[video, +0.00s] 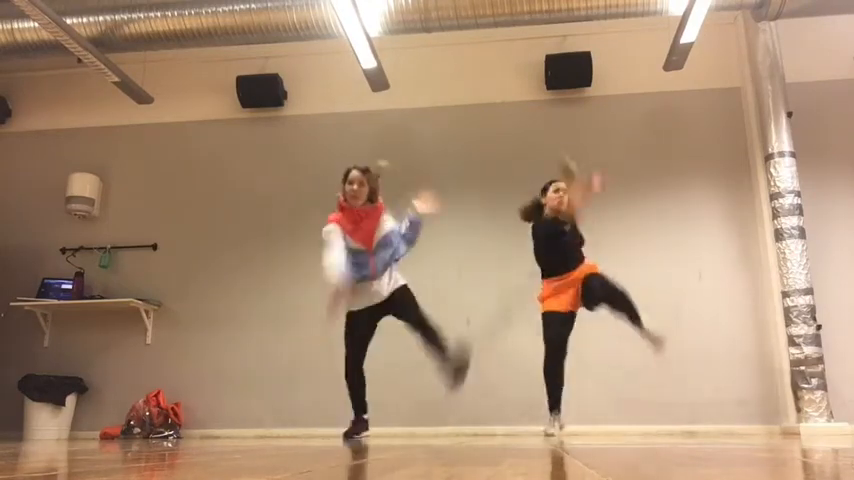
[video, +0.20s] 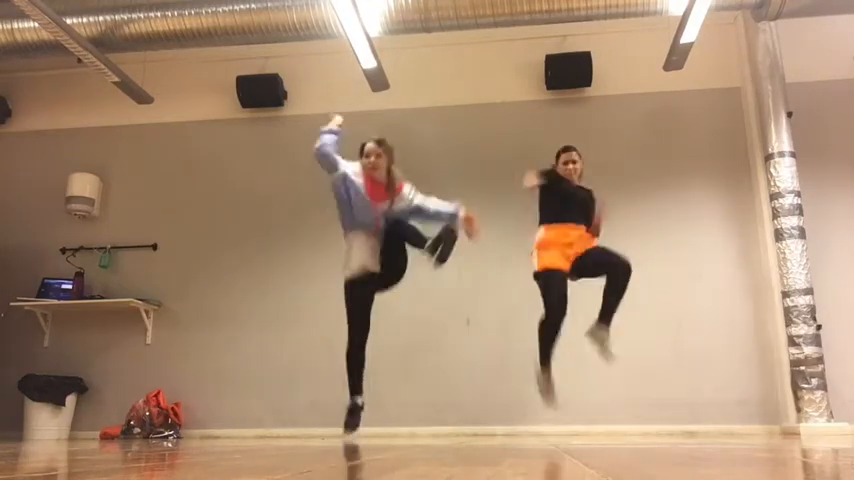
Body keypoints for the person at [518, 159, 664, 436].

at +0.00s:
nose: (561, 196)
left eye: (564, 192)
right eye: (555, 191)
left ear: (568, 198)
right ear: (543, 200)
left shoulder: (567, 217)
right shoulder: (542, 227)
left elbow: (575, 203)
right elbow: (557, 219)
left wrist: (588, 188)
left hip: (582, 279)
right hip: (556, 291)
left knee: (608, 290)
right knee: (554, 351)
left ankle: (642, 329)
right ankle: (554, 415)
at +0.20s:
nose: (572, 165)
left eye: (575, 162)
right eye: (566, 162)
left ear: (582, 166)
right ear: (557, 167)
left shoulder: (587, 195)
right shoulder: (551, 180)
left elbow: (591, 234)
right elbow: (529, 181)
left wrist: (599, 216)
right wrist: (538, 178)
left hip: (580, 248)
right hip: (551, 249)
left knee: (621, 267)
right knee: (555, 311)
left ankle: (601, 328)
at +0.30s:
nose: (572, 174)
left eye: (575, 169)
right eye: (567, 170)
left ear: (583, 171)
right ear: (559, 174)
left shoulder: (589, 197)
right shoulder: (549, 191)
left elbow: (610, 222)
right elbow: (530, 217)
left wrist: (598, 202)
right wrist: (512, 218)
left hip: (582, 253)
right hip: (553, 245)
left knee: (608, 305)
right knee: (548, 265)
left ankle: (596, 373)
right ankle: (539, 307)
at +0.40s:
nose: (566, 201)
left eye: (571, 196)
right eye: (563, 196)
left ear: (582, 196)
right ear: (557, 198)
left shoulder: (594, 211)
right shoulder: (553, 221)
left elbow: (620, 203)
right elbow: (537, 259)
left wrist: (629, 194)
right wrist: (505, 256)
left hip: (587, 287)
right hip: (563, 279)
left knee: (588, 349)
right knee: (553, 221)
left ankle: (576, 413)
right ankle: (539, 280)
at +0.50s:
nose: (570, 217)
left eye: (574, 212)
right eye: (565, 213)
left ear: (581, 213)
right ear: (557, 216)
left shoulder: (593, 225)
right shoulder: (551, 243)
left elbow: (628, 211)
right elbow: (541, 282)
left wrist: (656, 191)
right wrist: (526, 263)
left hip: (587, 298)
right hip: (558, 296)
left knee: (596, 360)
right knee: (552, 248)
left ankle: (574, 418)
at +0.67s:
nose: (569, 203)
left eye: (573, 199)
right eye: (564, 200)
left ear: (581, 203)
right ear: (557, 206)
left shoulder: (596, 218)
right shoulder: (550, 234)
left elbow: (636, 219)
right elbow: (523, 259)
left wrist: (669, 200)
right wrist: (536, 241)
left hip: (595, 288)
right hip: (566, 284)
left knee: (600, 355)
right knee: (559, 286)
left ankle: (575, 417)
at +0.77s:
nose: (572, 190)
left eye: (577, 187)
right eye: (567, 188)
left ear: (586, 192)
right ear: (561, 195)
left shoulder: (598, 215)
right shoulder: (554, 212)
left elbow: (619, 233)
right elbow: (523, 209)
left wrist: (651, 229)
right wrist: (519, 191)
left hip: (595, 282)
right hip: (563, 279)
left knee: (608, 345)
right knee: (555, 328)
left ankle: (587, 409)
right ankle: (549, 396)